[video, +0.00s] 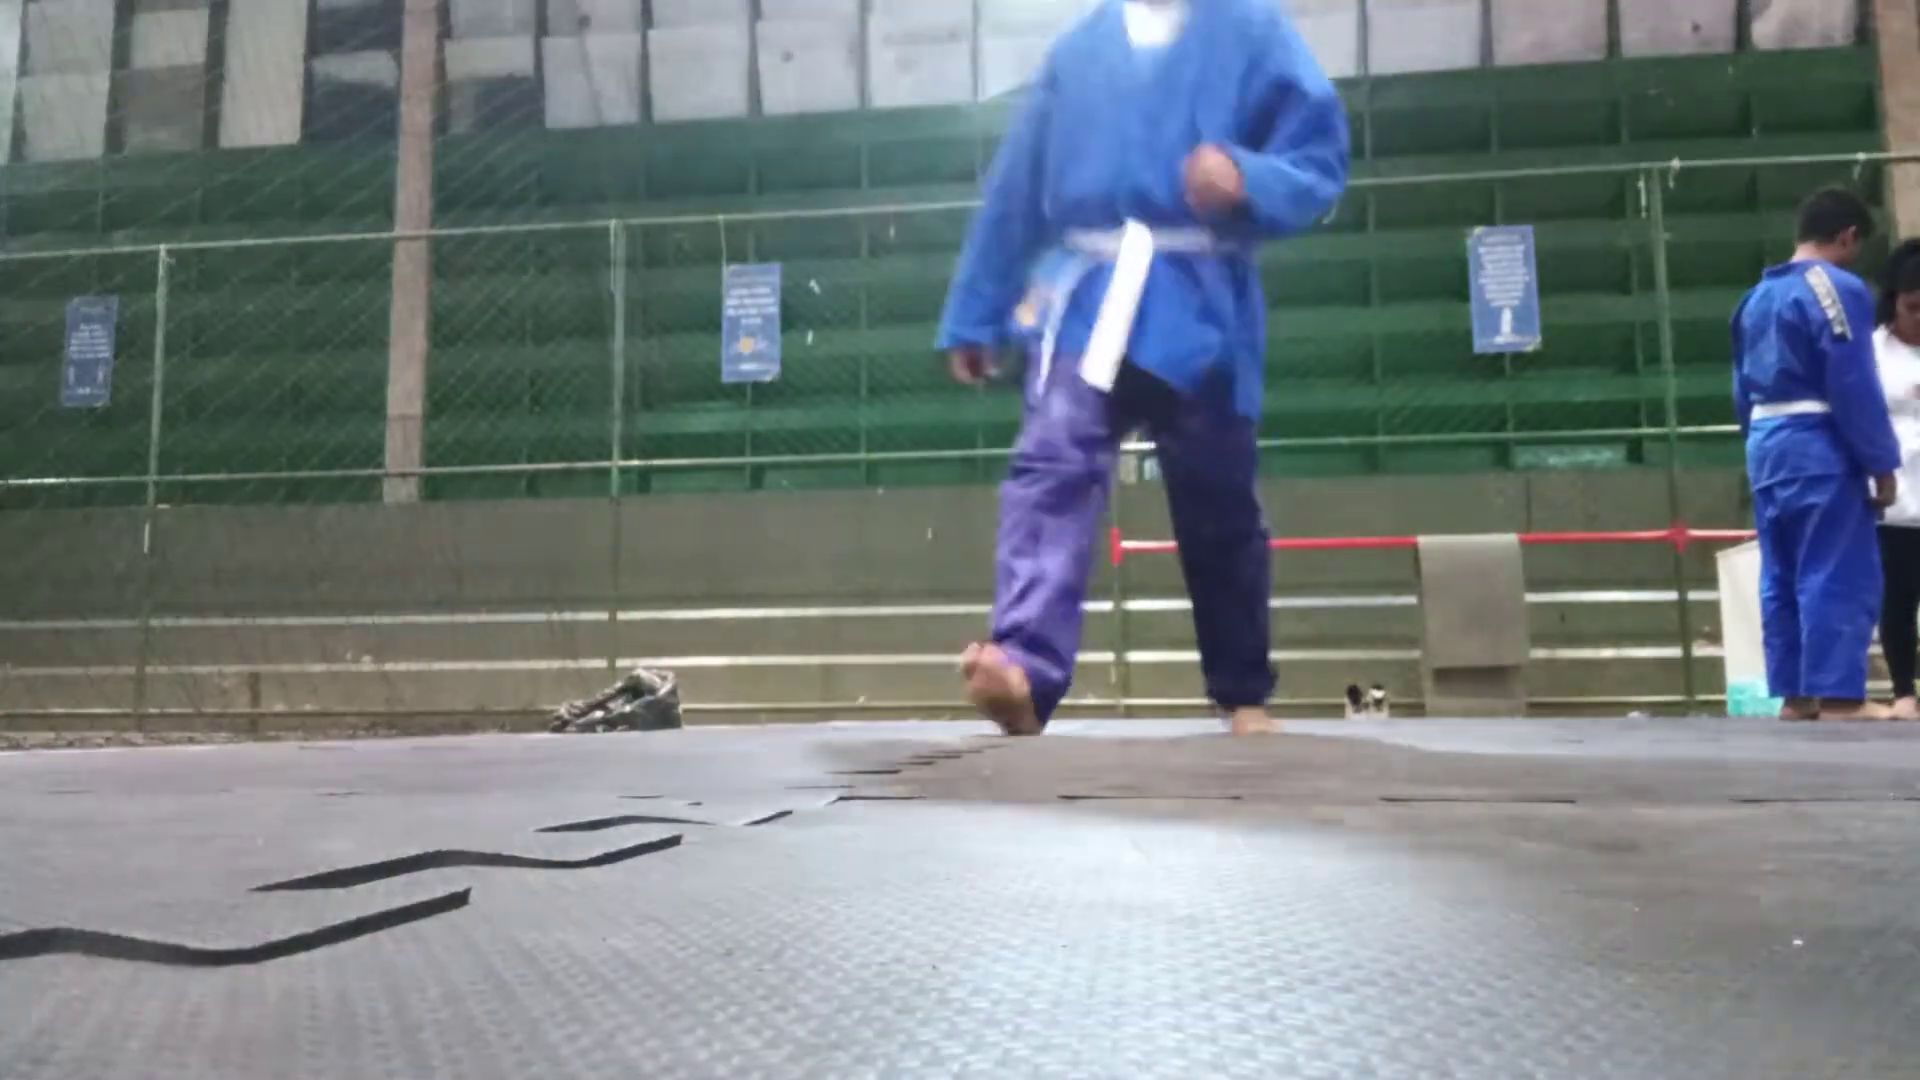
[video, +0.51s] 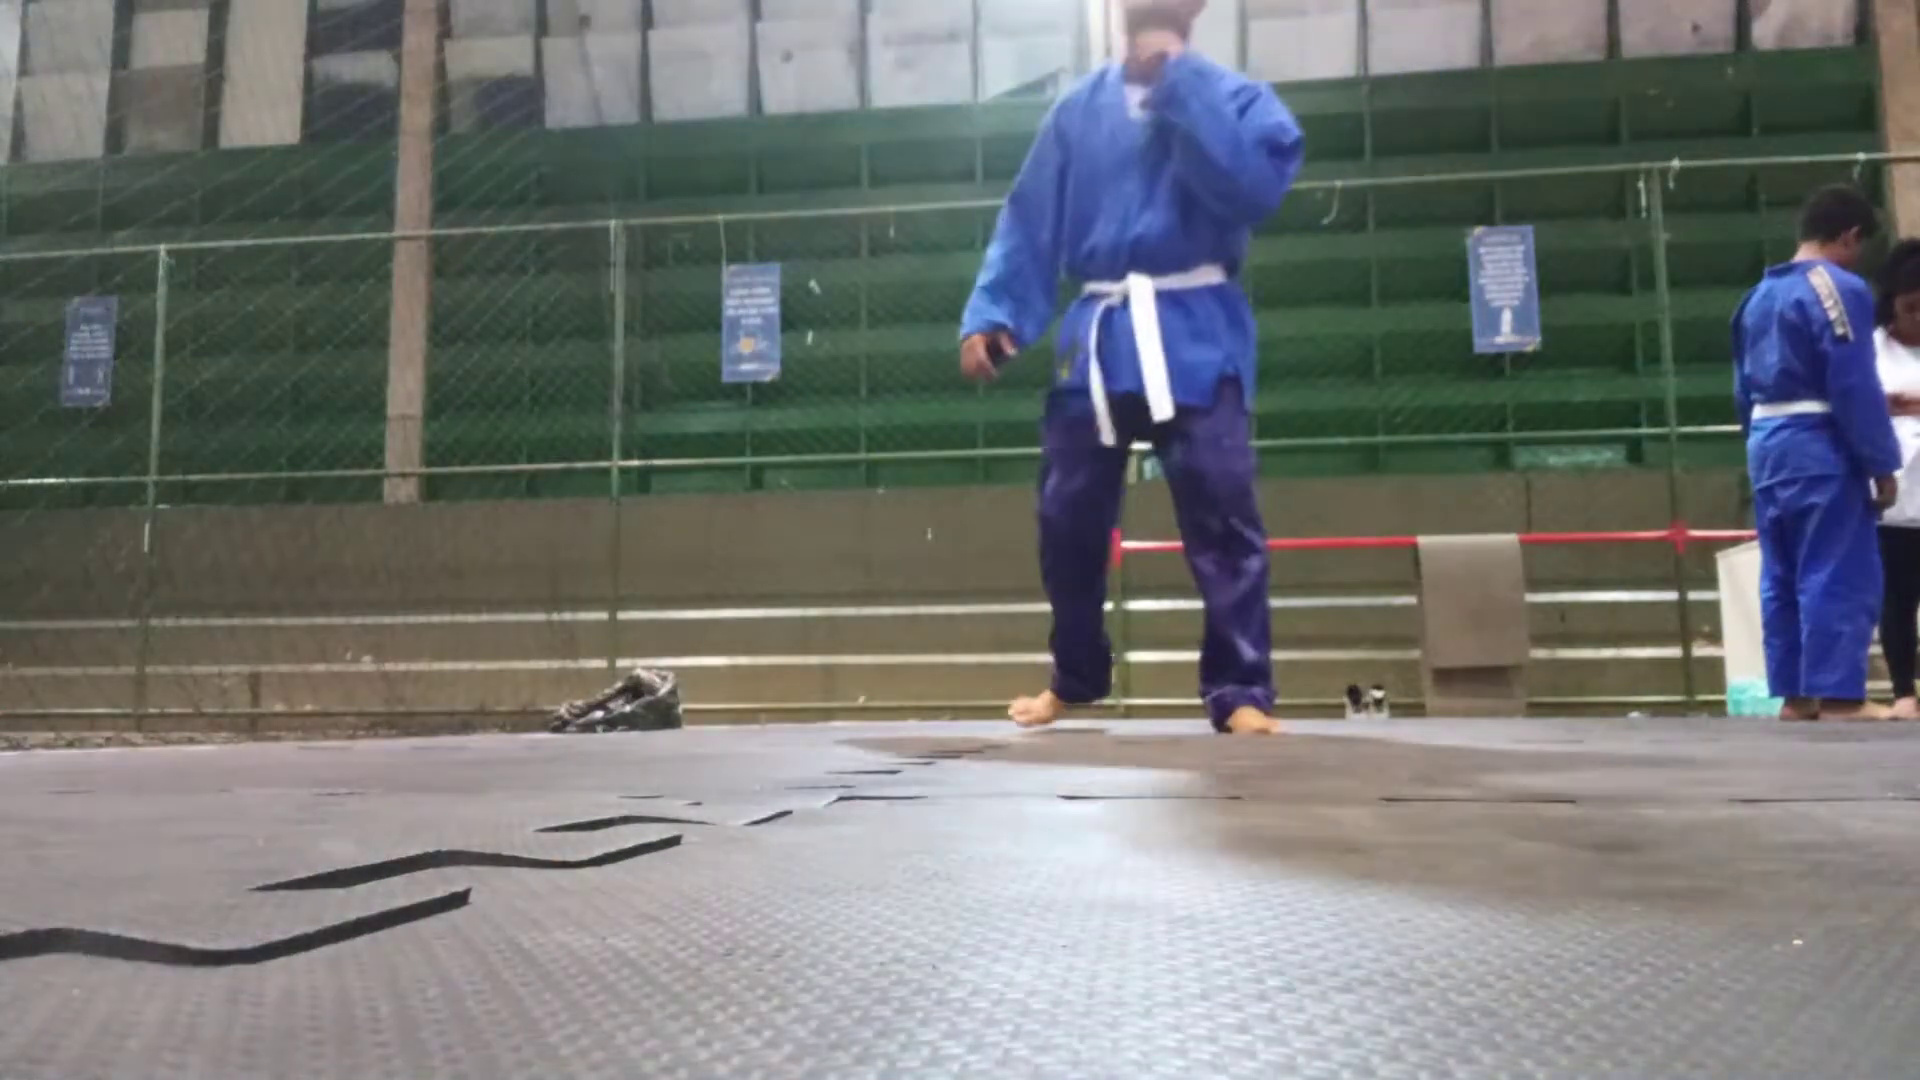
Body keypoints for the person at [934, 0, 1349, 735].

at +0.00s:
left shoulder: (1253, 27)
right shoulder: (1079, 46)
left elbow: (1320, 168)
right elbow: (1014, 185)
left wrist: (1250, 179)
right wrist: (975, 310)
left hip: (1202, 278)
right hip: (1084, 278)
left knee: (1218, 497)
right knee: (1052, 458)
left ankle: (1245, 702)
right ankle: (1026, 668)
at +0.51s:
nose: (1146, 25)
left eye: (1162, 17)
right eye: (1136, 15)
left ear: (1192, 18)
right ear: (1117, 18)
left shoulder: (1233, 95)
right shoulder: (1079, 108)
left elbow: (1258, 187)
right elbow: (1027, 220)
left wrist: (1180, 80)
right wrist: (989, 310)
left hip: (1196, 312)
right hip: (1095, 319)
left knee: (1221, 497)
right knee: (1066, 506)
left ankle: (1241, 697)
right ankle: (1075, 680)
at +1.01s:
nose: (1024, 151)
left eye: (1034, 134)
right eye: (1013, 139)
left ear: (1072, 111)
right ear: (1002, 134)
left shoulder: (1148, 169)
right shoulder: (1013, 210)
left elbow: (1197, 283)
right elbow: (999, 321)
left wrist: (1162, 379)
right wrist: (1000, 422)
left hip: (1163, 352)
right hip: (1078, 361)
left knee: (1185, 515)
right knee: (1064, 526)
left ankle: (1181, 686)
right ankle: (1077, 698)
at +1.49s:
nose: (1064, 209)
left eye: (1067, 196)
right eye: (1059, 199)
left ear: (1101, 171)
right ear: (1092, 176)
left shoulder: (1197, 219)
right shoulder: (1078, 228)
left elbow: (1238, 340)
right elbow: (1068, 330)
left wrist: (1213, 445)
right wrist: (1056, 407)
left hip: (1182, 392)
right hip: (1102, 391)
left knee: (1186, 547)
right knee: (1074, 539)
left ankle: (1186, 696)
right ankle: (1083, 681)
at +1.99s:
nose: (1057, 251)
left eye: (1062, 236)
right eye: (1046, 242)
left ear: (1089, 211)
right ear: (1037, 234)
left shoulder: (1155, 258)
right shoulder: (1041, 286)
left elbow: (1201, 354)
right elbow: (1031, 384)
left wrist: (1186, 442)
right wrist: (1031, 467)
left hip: (1153, 414)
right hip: (1078, 422)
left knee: (1160, 539)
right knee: (1070, 560)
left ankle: (1166, 688)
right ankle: (1090, 700)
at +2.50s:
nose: (1086, 293)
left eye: (1096, 279)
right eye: (1074, 282)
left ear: (1124, 262)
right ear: (1061, 273)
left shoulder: (1169, 310)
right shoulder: (1048, 311)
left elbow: (1196, 419)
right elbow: (1022, 393)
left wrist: (1146, 510)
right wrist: (1019, 468)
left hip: (1155, 440)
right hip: (1082, 440)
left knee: (1167, 557)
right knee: (1051, 555)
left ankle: (1167, 696)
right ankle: (1075, 692)